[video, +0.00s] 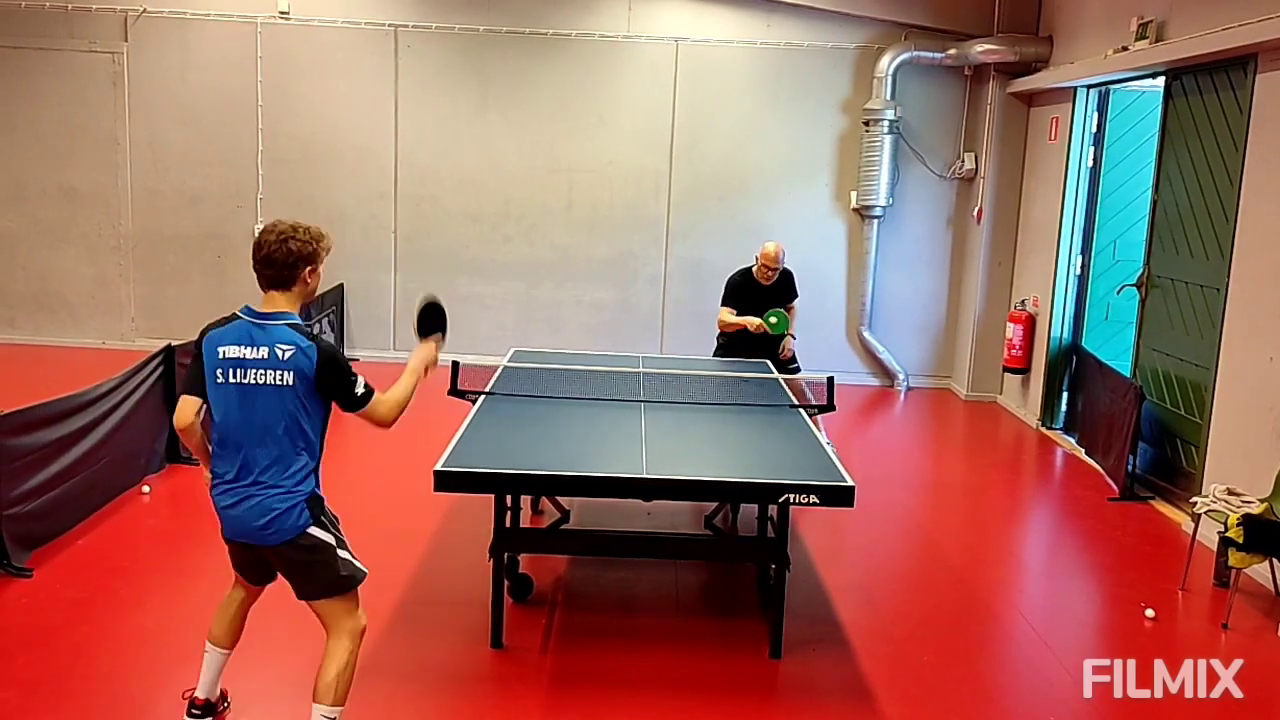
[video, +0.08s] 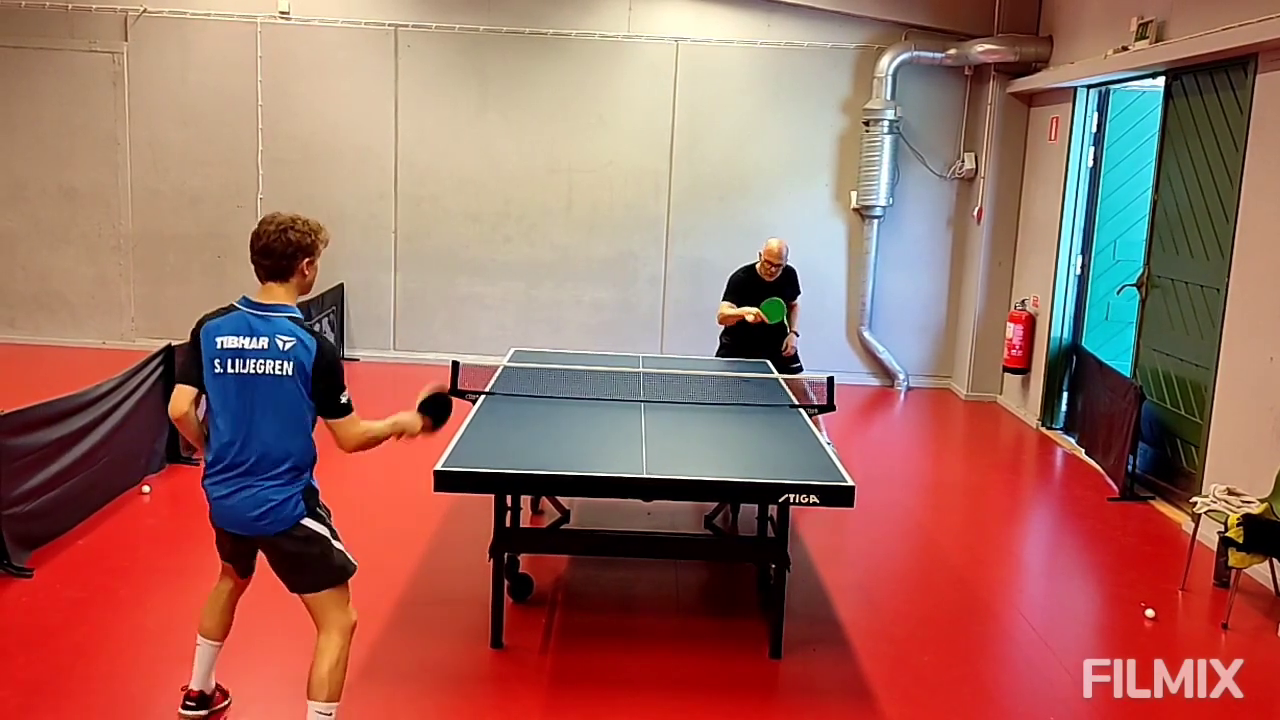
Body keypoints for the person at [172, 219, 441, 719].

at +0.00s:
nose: (321, 277)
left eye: (320, 267)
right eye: (319, 269)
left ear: (261, 273)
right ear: (306, 277)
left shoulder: (215, 337)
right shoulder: (314, 352)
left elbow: (184, 419)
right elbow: (386, 412)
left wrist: (211, 461)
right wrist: (420, 359)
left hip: (233, 511)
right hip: (291, 515)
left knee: (245, 585)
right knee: (346, 626)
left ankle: (203, 698)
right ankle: (323, 719)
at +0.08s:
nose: (317, 270)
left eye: (316, 260)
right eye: (315, 261)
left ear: (259, 264)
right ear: (304, 269)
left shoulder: (210, 329)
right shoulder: (313, 346)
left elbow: (179, 408)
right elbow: (351, 437)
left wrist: (206, 446)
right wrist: (399, 423)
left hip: (225, 502)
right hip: (286, 507)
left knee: (230, 576)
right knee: (336, 621)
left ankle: (198, 690)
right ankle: (321, 719)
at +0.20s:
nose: (313, 270)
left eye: (313, 260)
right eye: (312, 261)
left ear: (254, 263)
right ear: (299, 268)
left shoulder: (203, 323)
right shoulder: (301, 346)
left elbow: (169, 401)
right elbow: (298, 447)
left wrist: (208, 434)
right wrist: (351, 472)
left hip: (210, 498)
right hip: (269, 507)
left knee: (208, 584)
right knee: (323, 623)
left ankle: (161, 693)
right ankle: (315, 718)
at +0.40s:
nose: (303, 302)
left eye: (305, 292)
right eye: (304, 292)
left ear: (250, 281)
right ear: (287, 290)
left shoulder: (200, 322)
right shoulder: (247, 353)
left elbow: (149, 390)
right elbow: (222, 451)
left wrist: (194, 435)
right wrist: (292, 496)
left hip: (162, 495)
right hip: (199, 507)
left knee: (198, 589)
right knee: (266, 622)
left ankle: (145, 699)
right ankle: (287, 717)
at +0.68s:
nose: (319, 314)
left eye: (322, 304)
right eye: (319, 303)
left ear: (269, 290)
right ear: (295, 298)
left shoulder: (212, 320)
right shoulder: (252, 356)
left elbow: (153, 380)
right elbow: (264, 460)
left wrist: (200, 431)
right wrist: (342, 490)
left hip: (136, 484)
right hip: (163, 497)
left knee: (176, 593)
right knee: (218, 623)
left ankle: (144, 698)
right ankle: (237, 717)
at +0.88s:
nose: (339, 320)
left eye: (341, 311)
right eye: (337, 310)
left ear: (291, 301)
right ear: (310, 310)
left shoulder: (212, 323)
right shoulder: (286, 380)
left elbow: (139, 378)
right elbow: (318, 460)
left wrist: (135, 447)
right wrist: (390, 461)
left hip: (129, 491)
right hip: (175, 504)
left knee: (161, 592)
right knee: (249, 618)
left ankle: (143, 700)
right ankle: (249, 718)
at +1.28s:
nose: (288, 269)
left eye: (288, 260)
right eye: (286, 261)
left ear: (228, 260)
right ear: (268, 270)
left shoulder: (168, 311)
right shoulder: (261, 348)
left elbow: (117, 385)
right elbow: (293, 443)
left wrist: (87, 452)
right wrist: (351, 438)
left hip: (139, 487)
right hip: (192, 500)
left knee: (125, 605)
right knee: (250, 616)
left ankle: (83, 713)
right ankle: (247, 718)